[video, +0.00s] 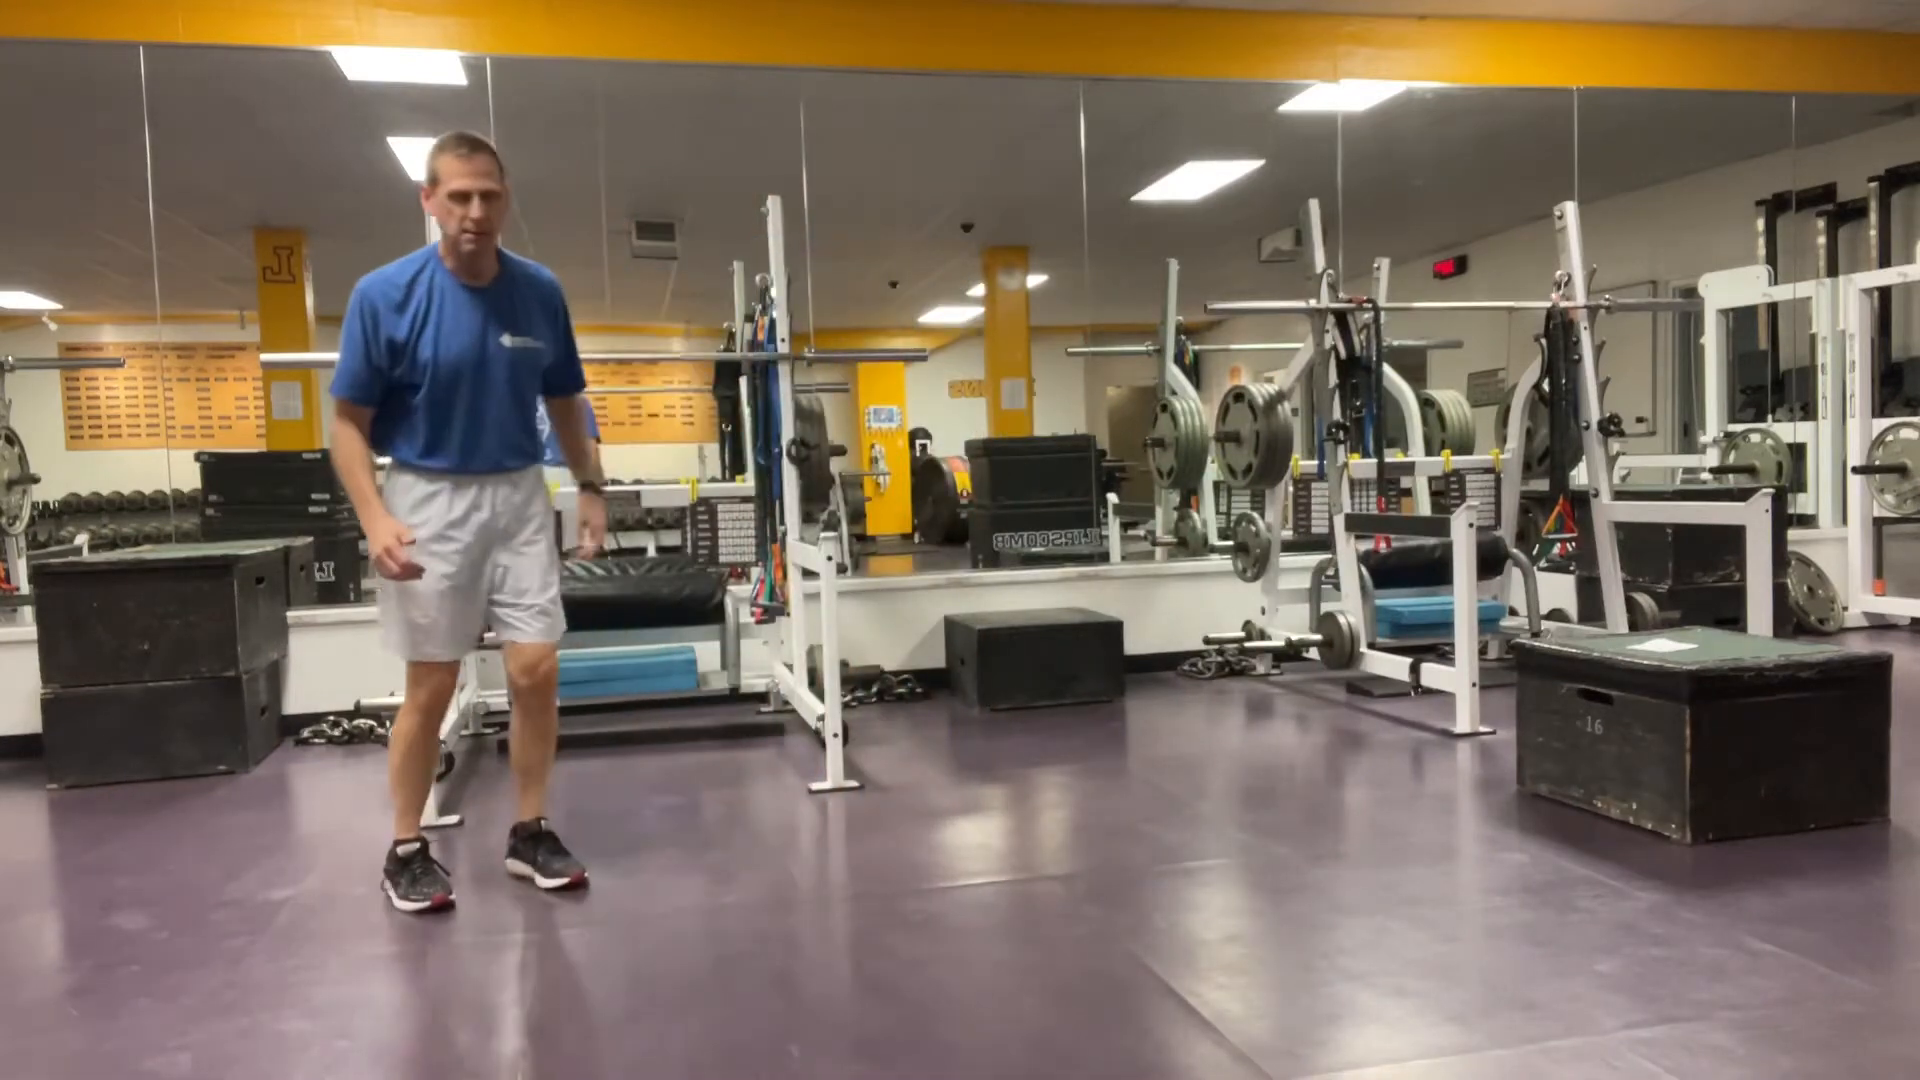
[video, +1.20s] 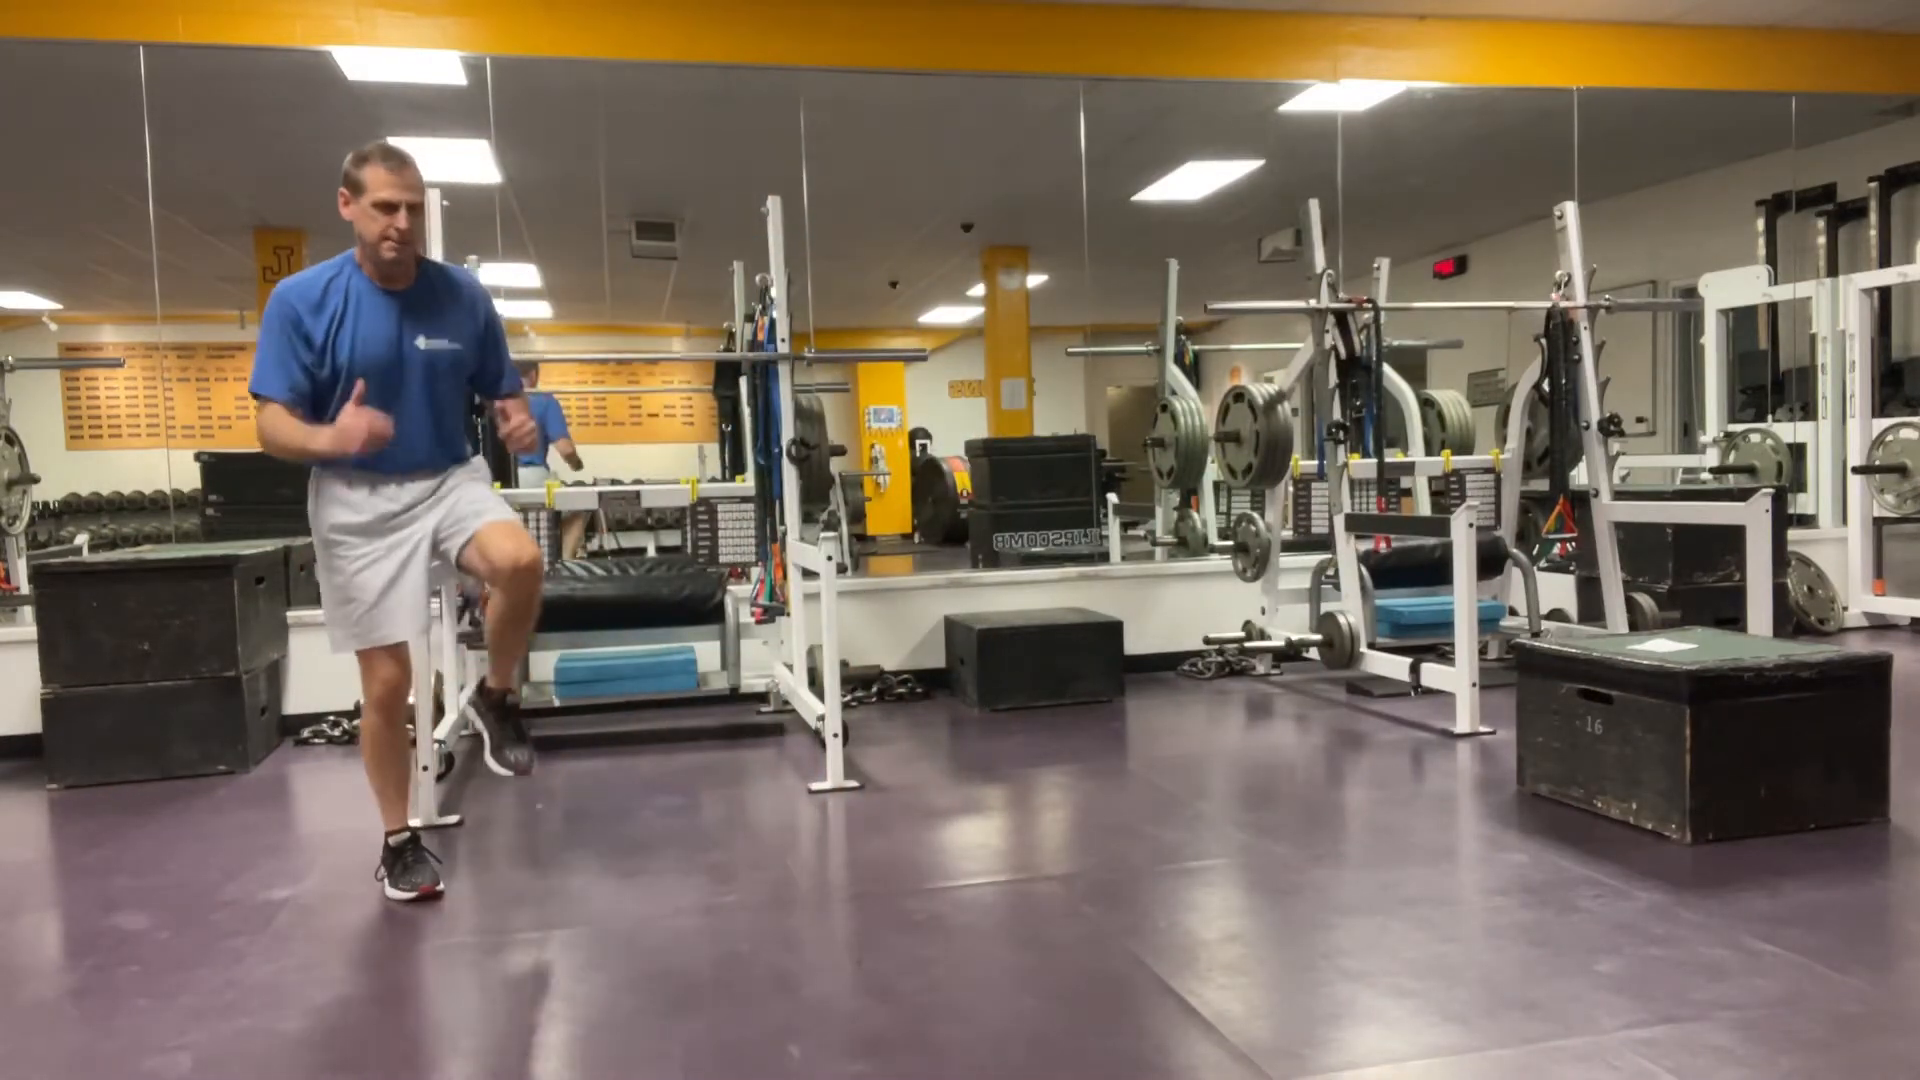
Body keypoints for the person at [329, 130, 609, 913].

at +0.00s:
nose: (474, 213)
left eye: (488, 198)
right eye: (458, 199)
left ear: (506, 204)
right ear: (429, 204)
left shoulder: (538, 294)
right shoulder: (381, 297)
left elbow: (565, 400)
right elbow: (347, 424)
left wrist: (590, 489)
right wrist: (375, 519)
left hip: (519, 499)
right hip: (426, 503)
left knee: (537, 669)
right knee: (431, 688)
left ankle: (532, 832)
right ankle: (408, 846)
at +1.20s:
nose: (401, 225)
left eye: (412, 209)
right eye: (384, 209)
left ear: (426, 211)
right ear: (347, 209)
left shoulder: (462, 296)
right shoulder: (301, 301)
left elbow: (505, 396)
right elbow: (272, 422)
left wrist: (519, 422)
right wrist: (325, 439)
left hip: (452, 485)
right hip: (358, 503)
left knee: (519, 561)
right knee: (387, 685)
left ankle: (499, 696)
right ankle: (399, 838)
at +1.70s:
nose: (440, 306)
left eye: (451, 290)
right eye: (421, 291)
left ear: (464, 289)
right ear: (381, 290)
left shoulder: (503, 360)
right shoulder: (331, 364)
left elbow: (516, 416)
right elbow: (263, 410)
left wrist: (502, 492)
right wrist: (241, 486)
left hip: (455, 527)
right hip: (362, 535)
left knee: (490, 668)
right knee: (414, 698)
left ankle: (426, 707)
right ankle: (400, 841)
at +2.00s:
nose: (465, 186)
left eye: (474, 167)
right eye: (446, 173)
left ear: (492, 171)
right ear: (411, 180)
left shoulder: (515, 232)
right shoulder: (383, 250)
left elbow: (604, 160)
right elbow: (400, 205)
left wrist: (561, 58)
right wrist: (453, 72)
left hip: (518, 473)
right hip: (429, 497)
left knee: (639, 539)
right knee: (441, 705)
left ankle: (617, 687)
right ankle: (403, 822)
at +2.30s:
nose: (616, 123)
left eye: (627, 106)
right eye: (597, 106)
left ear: (644, 105)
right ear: (550, 104)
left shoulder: (668, 176)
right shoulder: (502, 179)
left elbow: (785, 188)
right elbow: (330, 215)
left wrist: (789, 160)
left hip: (632, 421)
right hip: (535, 450)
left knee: (796, 429)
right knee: (613, 659)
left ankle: (687, 556)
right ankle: (647, 896)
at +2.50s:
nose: (744, 253)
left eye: (749, 233)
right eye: (720, 235)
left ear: (758, 234)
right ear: (659, 239)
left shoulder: (764, 332)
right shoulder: (604, 357)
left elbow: (819, 448)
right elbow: (518, 529)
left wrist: (829, 442)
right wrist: (637, 592)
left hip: (723, 557)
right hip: (626, 592)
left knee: (879, 626)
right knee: (744, 752)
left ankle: (815, 789)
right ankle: (709, 988)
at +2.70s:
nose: (854, 271)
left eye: (860, 253)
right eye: (832, 254)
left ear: (867, 256)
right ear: (769, 257)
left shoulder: (867, 364)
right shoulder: (707, 374)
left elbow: (869, 514)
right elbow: (669, 557)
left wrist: (860, 587)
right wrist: (809, 614)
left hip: (790, 592)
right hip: (690, 599)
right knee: (824, 789)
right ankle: (711, 987)